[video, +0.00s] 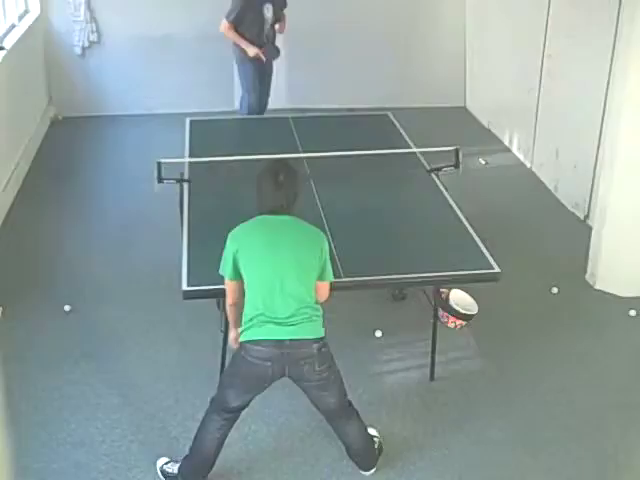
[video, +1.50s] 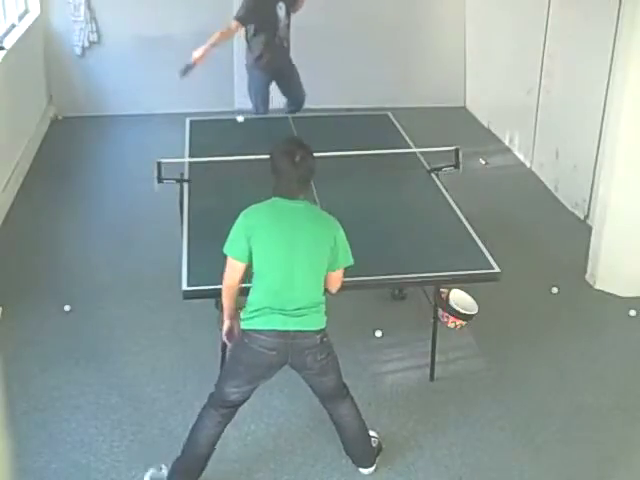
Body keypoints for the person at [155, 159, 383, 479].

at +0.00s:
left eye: (267, 190)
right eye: (290, 190)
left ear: (260, 194)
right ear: (295, 194)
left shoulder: (239, 236)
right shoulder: (315, 236)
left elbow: (233, 297)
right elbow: (322, 294)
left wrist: (233, 328)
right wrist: (294, 280)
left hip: (257, 351)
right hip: (309, 349)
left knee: (222, 412)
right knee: (339, 410)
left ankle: (188, 472)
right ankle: (367, 458)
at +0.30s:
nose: (275, 197)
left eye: (265, 191)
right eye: (282, 191)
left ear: (257, 196)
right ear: (290, 195)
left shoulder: (237, 239)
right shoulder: (313, 239)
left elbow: (230, 306)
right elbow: (318, 295)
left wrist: (227, 346)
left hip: (256, 353)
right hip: (308, 351)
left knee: (221, 412)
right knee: (339, 411)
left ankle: (188, 472)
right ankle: (367, 458)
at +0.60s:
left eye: (256, 188)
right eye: (282, 187)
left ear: (252, 192)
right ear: (288, 191)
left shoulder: (234, 236)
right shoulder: (311, 235)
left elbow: (232, 305)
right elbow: (316, 291)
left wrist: (234, 349)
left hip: (255, 352)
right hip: (308, 349)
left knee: (220, 412)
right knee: (339, 411)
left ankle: (188, 473)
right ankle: (367, 458)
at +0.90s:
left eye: (255, 173)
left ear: (254, 178)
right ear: (291, 179)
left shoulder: (235, 224)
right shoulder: (314, 224)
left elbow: (230, 288)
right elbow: (319, 281)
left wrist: (239, 325)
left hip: (255, 343)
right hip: (306, 341)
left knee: (221, 410)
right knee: (337, 405)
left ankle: (189, 472)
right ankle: (367, 458)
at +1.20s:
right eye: (295, 168)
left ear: (258, 174)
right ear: (297, 175)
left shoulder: (237, 219)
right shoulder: (316, 222)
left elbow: (229, 284)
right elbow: (323, 283)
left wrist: (230, 324)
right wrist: (295, 270)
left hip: (250, 338)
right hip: (300, 339)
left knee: (219, 406)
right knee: (334, 402)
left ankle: (189, 471)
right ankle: (367, 456)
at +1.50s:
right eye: (309, 168)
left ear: (274, 172)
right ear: (311, 174)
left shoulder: (252, 217)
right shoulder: (328, 224)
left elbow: (231, 279)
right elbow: (334, 284)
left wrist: (228, 318)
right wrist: (307, 258)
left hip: (259, 339)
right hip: (311, 339)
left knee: (220, 407)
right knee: (337, 398)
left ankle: (179, 475)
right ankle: (365, 457)